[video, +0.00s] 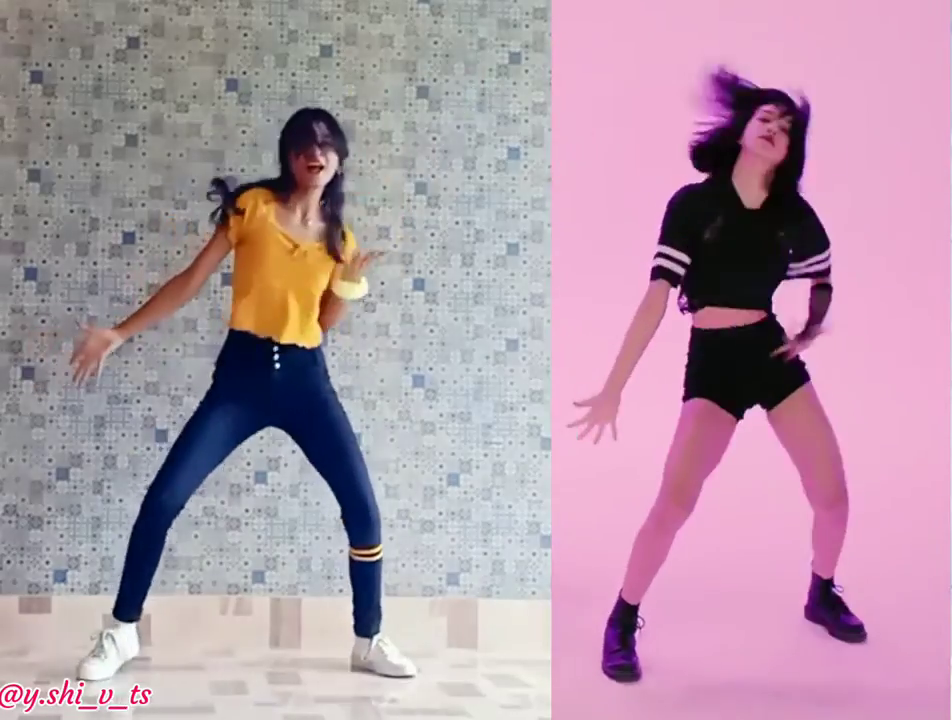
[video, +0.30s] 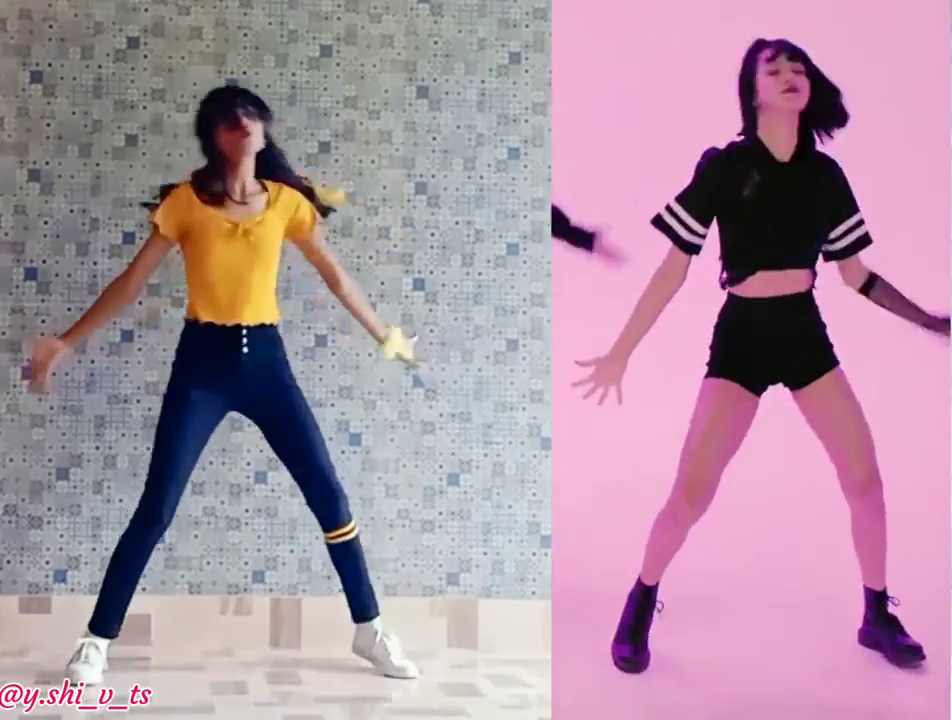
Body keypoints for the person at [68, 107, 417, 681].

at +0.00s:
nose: (315, 155)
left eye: (326, 147)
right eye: (305, 146)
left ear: (340, 159)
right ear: (287, 153)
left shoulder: (339, 236)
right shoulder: (251, 206)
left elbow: (326, 321)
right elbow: (189, 282)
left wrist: (347, 281)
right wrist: (117, 333)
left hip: (306, 382)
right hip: (240, 378)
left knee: (364, 509)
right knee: (162, 499)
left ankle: (369, 640)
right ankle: (122, 631)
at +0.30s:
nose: (241, 121)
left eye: (249, 112)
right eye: (227, 116)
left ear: (265, 128)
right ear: (210, 136)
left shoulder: (288, 202)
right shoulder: (186, 202)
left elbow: (333, 275)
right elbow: (131, 281)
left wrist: (383, 334)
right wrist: (66, 340)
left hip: (267, 364)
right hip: (202, 365)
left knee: (329, 494)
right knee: (157, 509)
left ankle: (369, 628)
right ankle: (95, 644)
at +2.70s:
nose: (407, 129)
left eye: (421, 119)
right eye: (400, 121)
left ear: (447, 130)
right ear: (393, 131)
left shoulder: (426, 192)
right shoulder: (391, 189)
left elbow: (363, 270)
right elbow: (324, 233)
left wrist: (336, 248)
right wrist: (318, 167)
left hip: (370, 346)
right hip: (388, 349)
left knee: (314, 496)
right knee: (398, 508)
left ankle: (279, 656)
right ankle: (448, 651)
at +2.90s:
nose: (393, 130)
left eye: (406, 120)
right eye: (385, 120)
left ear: (431, 129)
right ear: (376, 126)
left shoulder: (414, 190)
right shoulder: (367, 178)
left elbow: (351, 271)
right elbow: (314, 239)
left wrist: (332, 238)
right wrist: (302, 173)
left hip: (367, 349)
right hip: (383, 351)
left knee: (307, 496)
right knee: (393, 509)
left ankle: (279, 656)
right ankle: (447, 651)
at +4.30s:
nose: (324, 213)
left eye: (338, 210)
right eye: (328, 202)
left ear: (360, 231)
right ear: (361, 231)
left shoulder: (322, 264)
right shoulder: (368, 268)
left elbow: (321, 366)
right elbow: (286, 353)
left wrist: (310, 326)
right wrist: (282, 282)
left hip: (395, 430)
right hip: (433, 428)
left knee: (268, 502)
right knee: (360, 547)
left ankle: (268, 654)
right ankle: (448, 651)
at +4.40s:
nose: (320, 194)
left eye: (333, 191)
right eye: (324, 182)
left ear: (356, 208)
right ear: (363, 209)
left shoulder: (321, 243)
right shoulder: (373, 249)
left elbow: (326, 341)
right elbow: (289, 330)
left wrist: (328, 333)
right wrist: (281, 263)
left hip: (395, 397)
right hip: (440, 408)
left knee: (286, 502)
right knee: (370, 535)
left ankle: (269, 655)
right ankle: (448, 650)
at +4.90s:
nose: (332, 180)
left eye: (345, 173)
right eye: (335, 169)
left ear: (372, 190)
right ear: (372, 190)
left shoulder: (349, 230)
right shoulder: (388, 236)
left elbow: (338, 329)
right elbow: (294, 312)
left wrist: (338, 323)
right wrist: (289, 245)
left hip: (378, 368)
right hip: (421, 385)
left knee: (307, 501)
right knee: (367, 531)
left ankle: (273, 656)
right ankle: (451, 648)